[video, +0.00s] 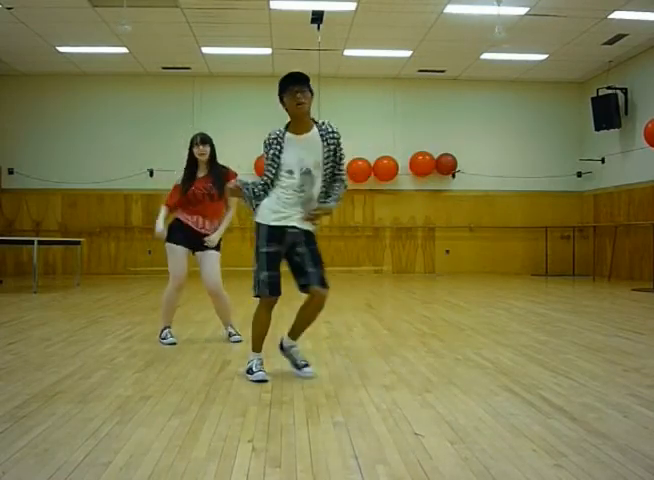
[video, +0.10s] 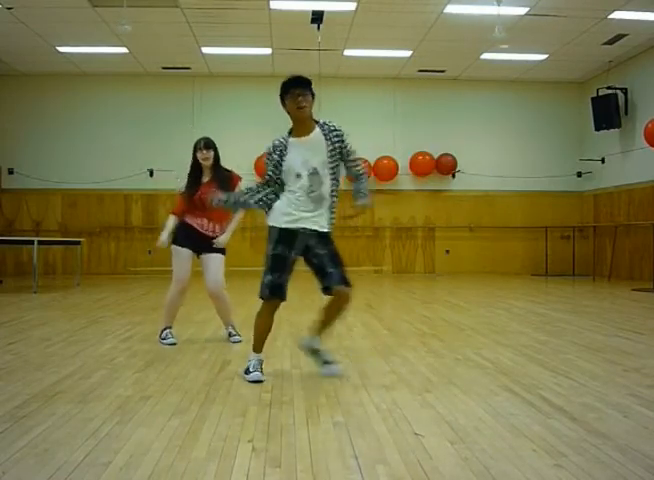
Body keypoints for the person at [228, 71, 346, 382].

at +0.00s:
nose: (301, 97)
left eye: (304, 92)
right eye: (294, 94)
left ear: (312, 97)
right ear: (283, 101)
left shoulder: (328, 134)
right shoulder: (275, 139)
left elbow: (337, 178)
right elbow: (267, 184)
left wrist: (327, 205)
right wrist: (243, 188)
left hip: (302, 225)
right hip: (269, 223)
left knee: (318, 293)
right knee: (268, 296)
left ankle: (289, 343)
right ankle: (255, 358)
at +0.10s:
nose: (300, 101)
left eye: (304, 95)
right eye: (293, 97)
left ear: (313, 99)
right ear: (284, 105)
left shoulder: (332, 135)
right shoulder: (279, 147)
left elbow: (356, 168)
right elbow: (270, 191)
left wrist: (361, 193)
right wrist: (229, 200)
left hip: (318, 228)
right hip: (284, 226)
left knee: (341, 292)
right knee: (273, 297)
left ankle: (312, 339)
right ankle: (255, 359)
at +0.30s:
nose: (333, 98)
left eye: (337, 93)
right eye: (326, 94)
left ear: (343, 97)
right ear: (315, 100)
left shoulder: (361, 122)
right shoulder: (310, 145)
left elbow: (405, 115)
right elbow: (317, 192)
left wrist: (449, 110)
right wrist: (352, 184)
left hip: (362, 224)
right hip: (326, 227)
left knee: (389, 291)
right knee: (298, 292)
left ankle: (425, 351)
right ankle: (263, 355)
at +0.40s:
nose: (355, 95)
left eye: (359, 90)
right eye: (348, 91)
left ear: (364, 92)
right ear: (336, 98)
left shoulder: (383, 117)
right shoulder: (334, 138)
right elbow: (359, 173)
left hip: (389, 215)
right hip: (355, 219)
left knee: (411, 287)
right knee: (327, 286)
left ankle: (431, 353)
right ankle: (307, 345)